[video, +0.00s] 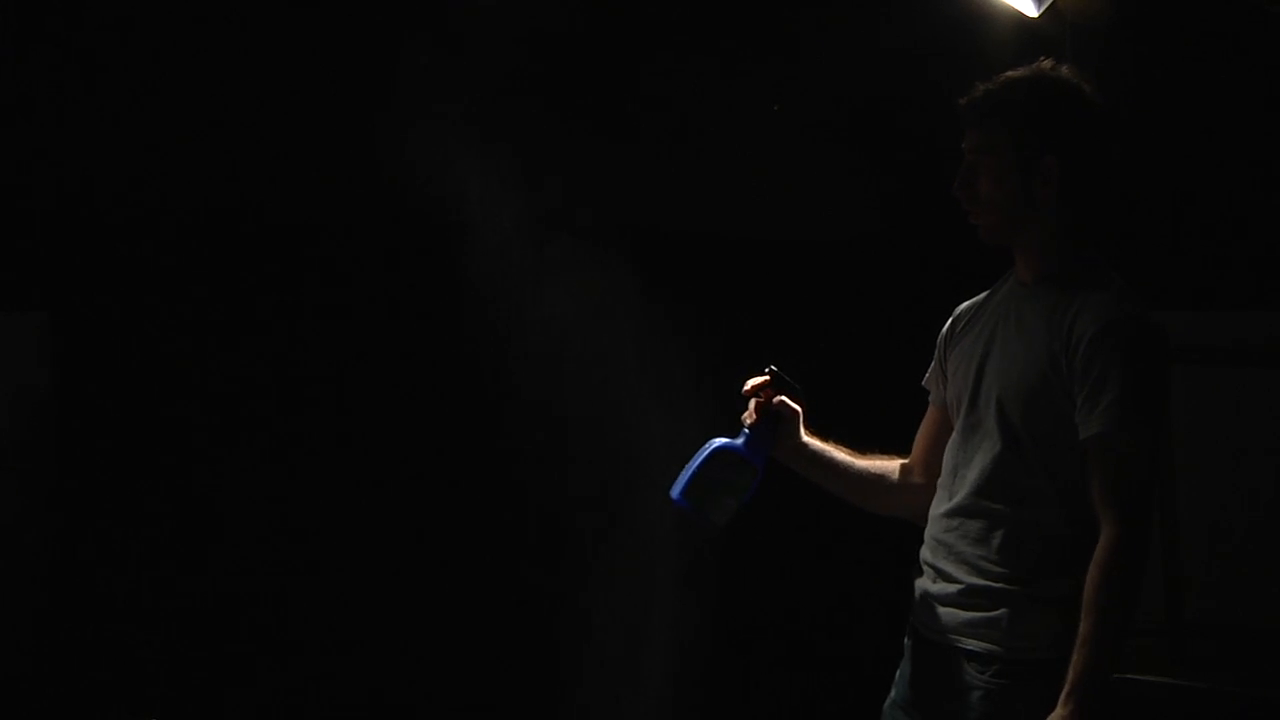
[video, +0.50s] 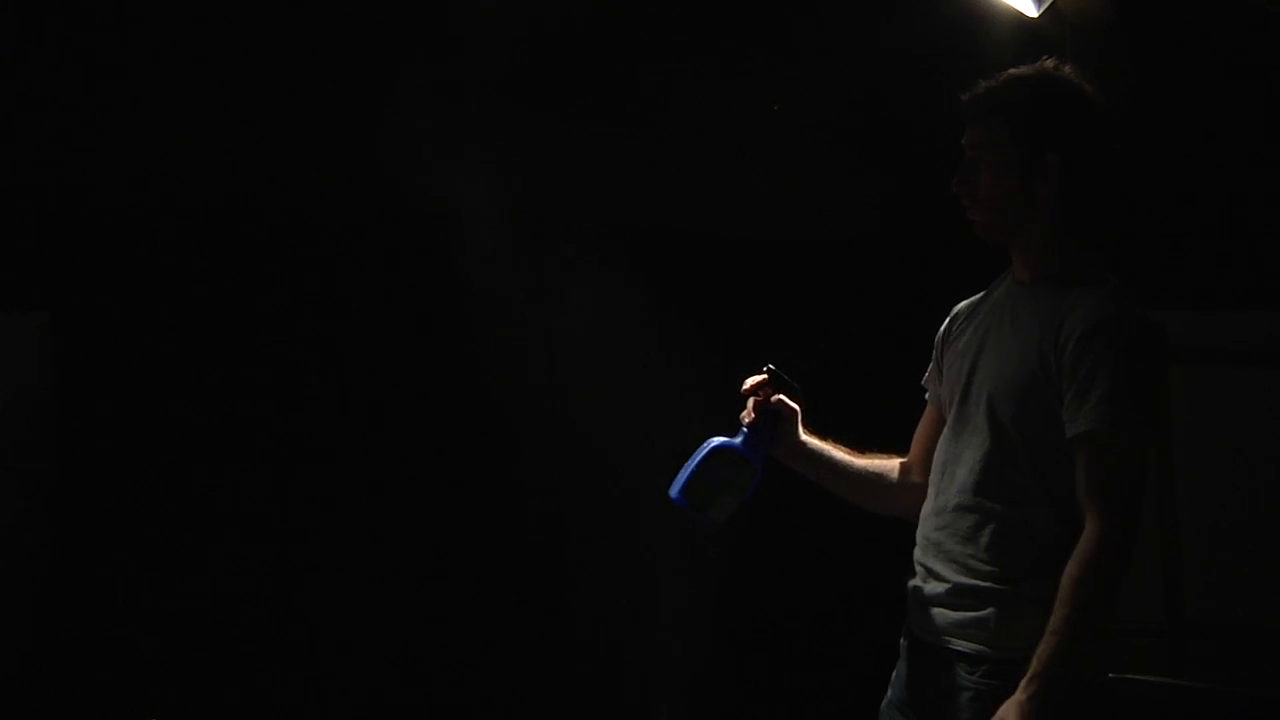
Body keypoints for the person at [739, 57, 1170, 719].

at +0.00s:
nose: (962, 184)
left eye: (982, 163)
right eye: (966, 163)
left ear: (1044, 174)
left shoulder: (1103, 324)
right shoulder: (969, 322)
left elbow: (1123, 527)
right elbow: (920, 486)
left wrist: (1076, 698)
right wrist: (798, 443)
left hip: (1022, 659)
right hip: (931, 644)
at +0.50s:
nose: (963, 180)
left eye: (983, 159)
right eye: (967, 159)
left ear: (1044, 171)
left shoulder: (1097, 323)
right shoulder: (966, 321)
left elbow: (1108, 526)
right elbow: (914, 485)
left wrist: (1035, 692)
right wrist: (797, 443)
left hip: (1011, 668)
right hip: (925, 648)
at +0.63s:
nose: (1122, 324)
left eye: (1145, 306)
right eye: (1123, 305)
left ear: (1202, 319)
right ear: (1121, 320)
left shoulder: (1258, 459)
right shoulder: (1088, 456)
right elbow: (930, 520)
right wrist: (806, 453)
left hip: (1233, 699)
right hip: (1117, 700)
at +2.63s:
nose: (1119, 316)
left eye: (1142, 299)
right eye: (1123, 297)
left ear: (1202, 319)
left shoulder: (1258, 459)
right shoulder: (1088, 456)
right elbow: (933, 519)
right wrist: (811, 449)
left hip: (1233, 702)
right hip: (1118, 702)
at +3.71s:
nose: (1121, 330)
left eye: (1143, 312)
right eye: (1125, 312)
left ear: (1199, 330)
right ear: (1125, 332)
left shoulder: (1256, 463)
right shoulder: (1087, 468)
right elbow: (933, 531)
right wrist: (814, 460)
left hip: (1238, 700)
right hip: (1121, 702)